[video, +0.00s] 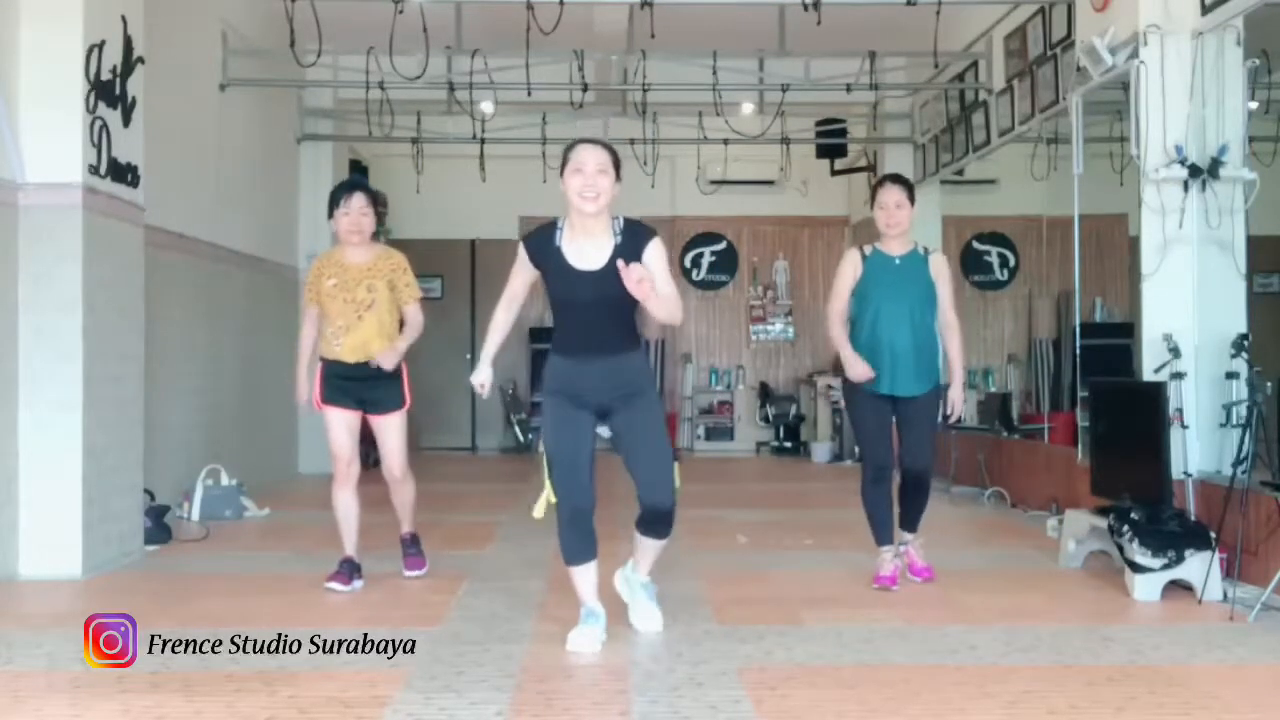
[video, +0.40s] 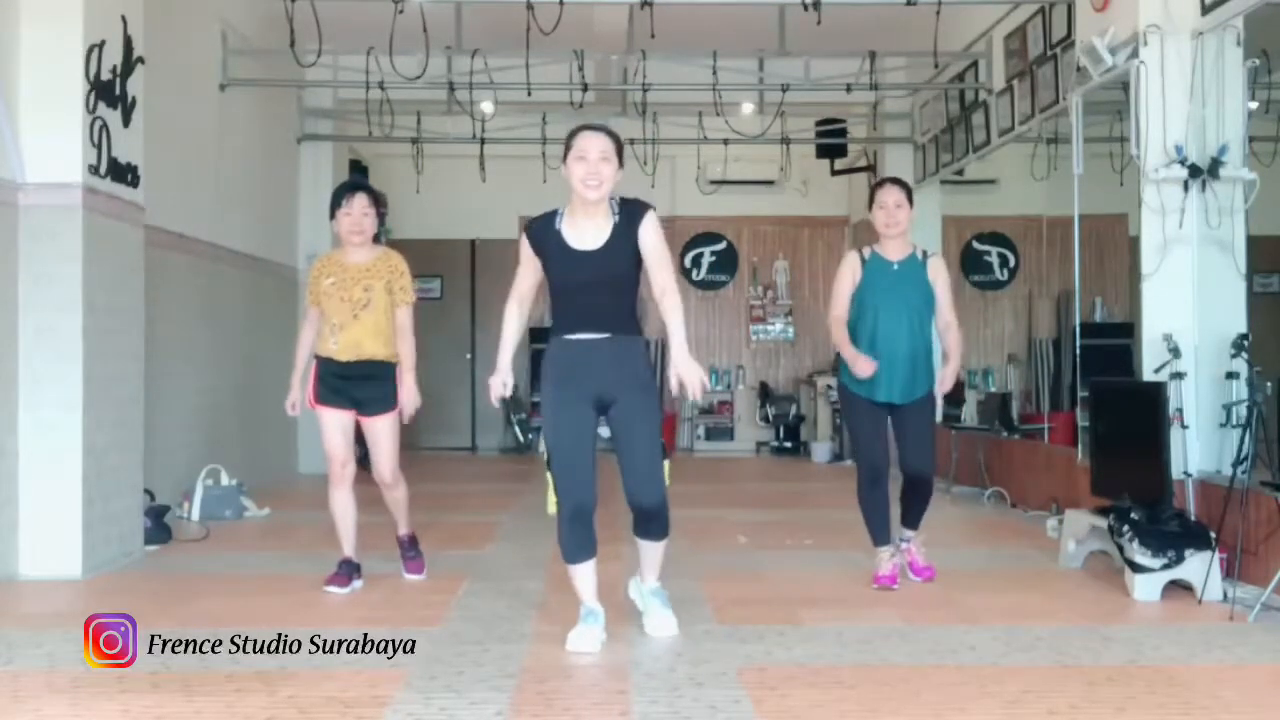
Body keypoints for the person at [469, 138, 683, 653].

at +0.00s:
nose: (589, 180)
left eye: (600, 172)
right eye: (579, 171)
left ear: (616, 183)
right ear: (562, 182)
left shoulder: (642, 242)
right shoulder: (539, 245)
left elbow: (675, 315)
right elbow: (508, 306)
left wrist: (646, 296)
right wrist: (485, 361)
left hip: (632, 386)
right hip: (565, 389)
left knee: (661, 499)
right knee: (574, 503)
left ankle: (637, 576)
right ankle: (590, 611)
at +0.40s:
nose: (592, 168)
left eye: (603, 159)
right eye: (581, 158)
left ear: (618, 169)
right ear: (564, 166)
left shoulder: (639, 220)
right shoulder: (540, 232)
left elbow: (667, 290)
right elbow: (519, 302)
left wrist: (680, 353)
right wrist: (504, 364)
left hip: (630, 367)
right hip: (566, 370)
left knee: (649, 492)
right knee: (575, 497)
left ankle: (648, 586)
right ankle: (590, 610)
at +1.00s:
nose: (589, 181)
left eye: (600, 172)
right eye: (579, 171)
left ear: (615, 182)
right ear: (562, 180)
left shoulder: (636, 242)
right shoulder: (537, 250)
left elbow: (653, 311)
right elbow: (521, 330)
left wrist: (665, 373)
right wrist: (549, 298)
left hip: (625, 374)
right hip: (559, 377)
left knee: (644, 465)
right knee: (573, 509)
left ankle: (638, 605)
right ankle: (590, 612)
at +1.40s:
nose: (589, 179)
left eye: (599, 171)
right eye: (578, 171)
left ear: (615, 182)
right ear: (561, 182)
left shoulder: (640, 244)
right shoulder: (538, 249)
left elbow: (655, 316)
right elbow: (522, 330)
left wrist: (670, 372)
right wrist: (534, 367)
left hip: (626, 385)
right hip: (559, 387)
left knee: (650, 471)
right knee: (570, 507)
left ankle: (645, 606)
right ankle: (591, 614)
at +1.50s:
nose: (590, 175)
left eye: (600, 167)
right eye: (579, 166)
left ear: (615, 178)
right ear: (562, 177)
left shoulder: (640, 237)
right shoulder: (537, 245)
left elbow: (664, 304)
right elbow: (520, 327)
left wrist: (669, 339)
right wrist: (519, 397)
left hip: (624, 380)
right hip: (558, 382)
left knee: (658, 472)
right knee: (570, 504)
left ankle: (646, 584)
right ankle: (590, 612)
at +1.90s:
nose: (588, 179)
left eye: (599, 171)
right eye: (577, 170)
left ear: (615, 182)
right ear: (560, 180)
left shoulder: (637, 236)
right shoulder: (537, 242)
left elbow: (682, 298)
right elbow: (481, 301)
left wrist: (660, 267)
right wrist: (457, 380)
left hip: (627, 380)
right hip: (562, 384)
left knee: (661, 484)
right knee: (568, 502)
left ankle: (655, 574)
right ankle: (590, 611)